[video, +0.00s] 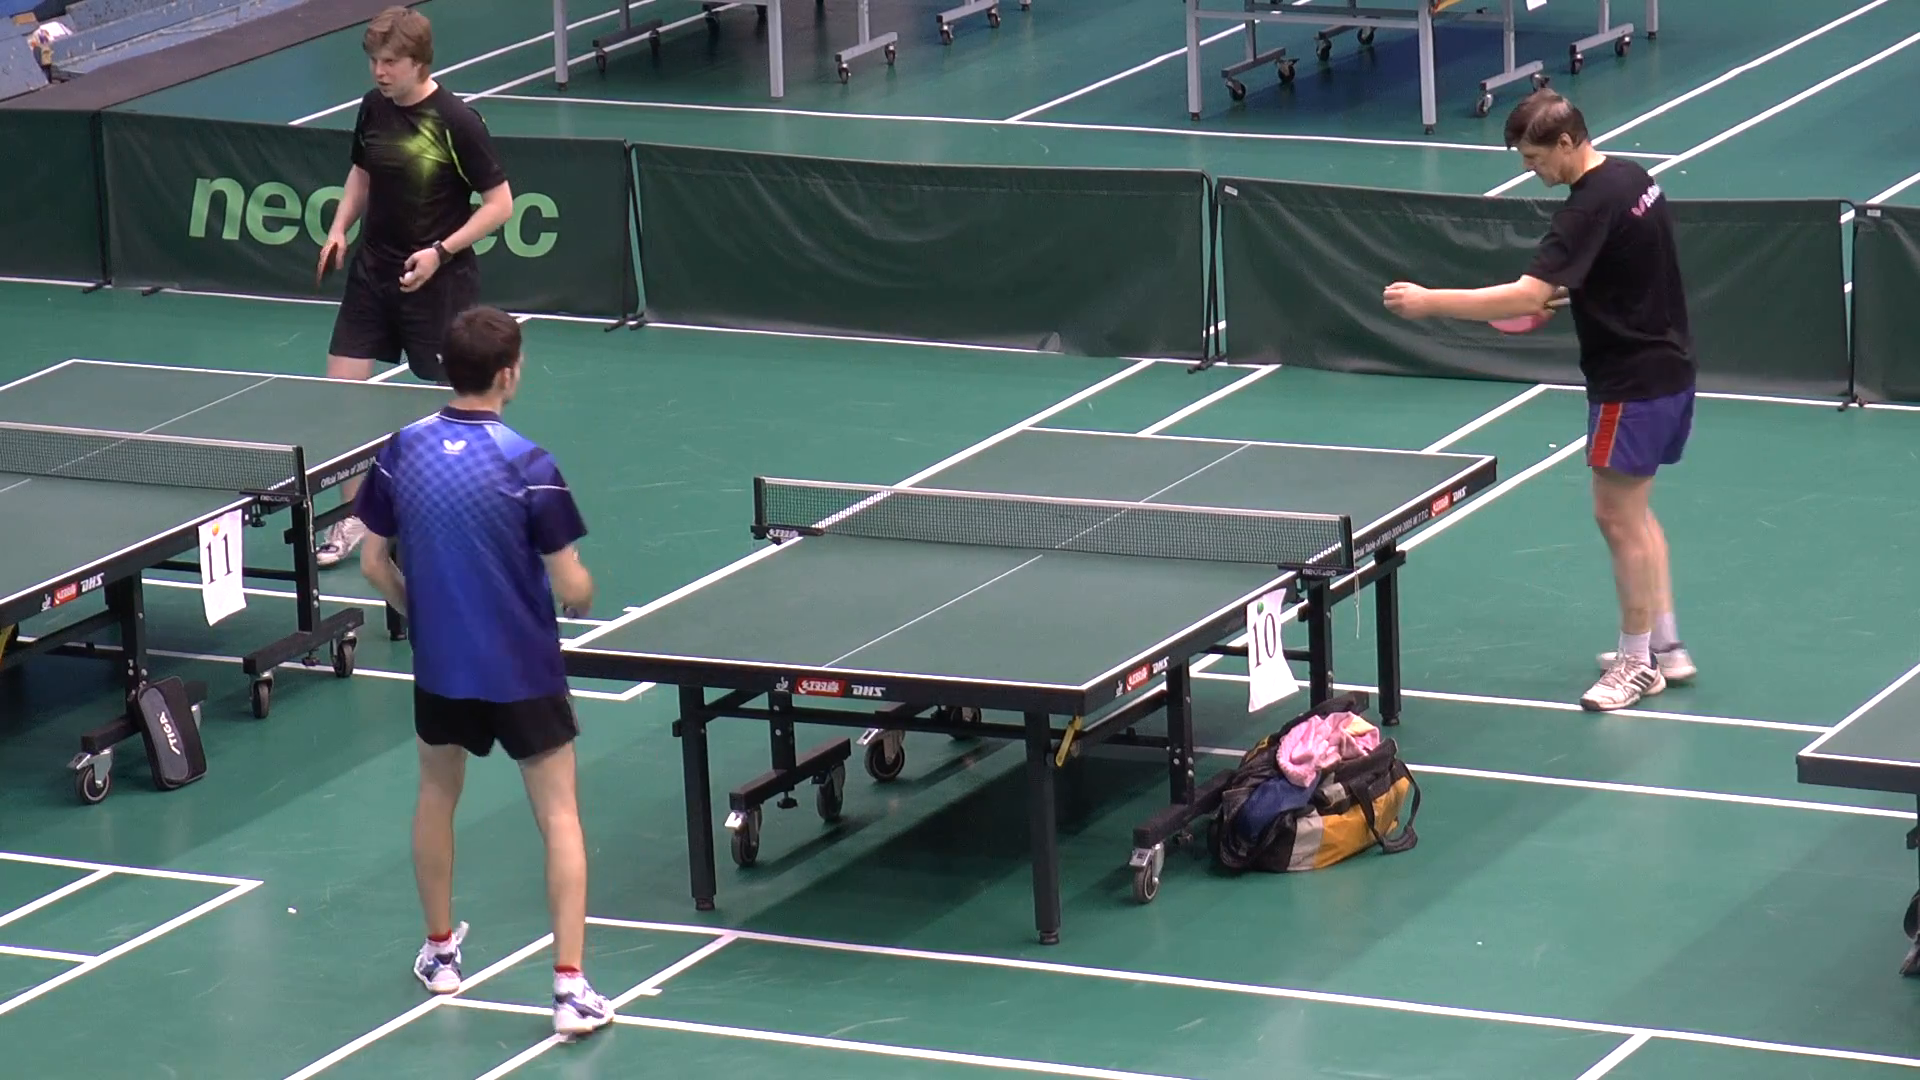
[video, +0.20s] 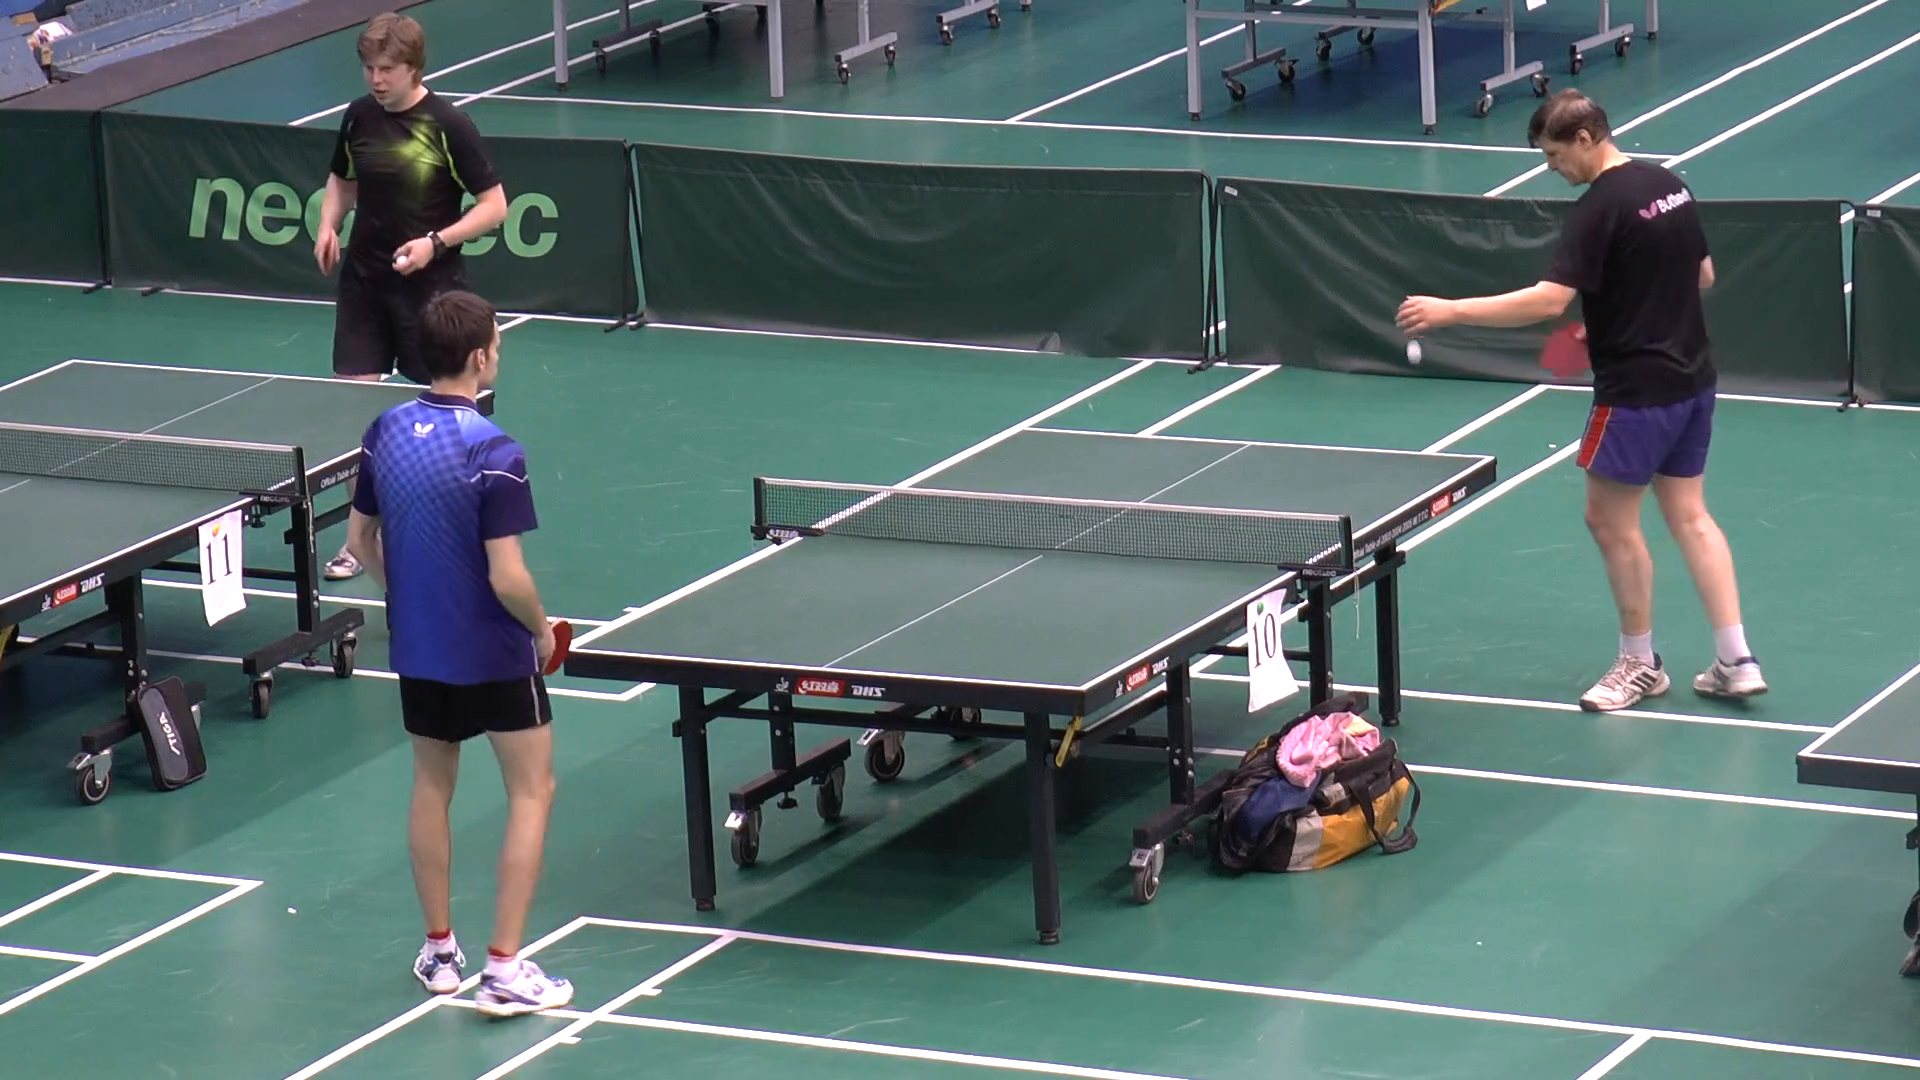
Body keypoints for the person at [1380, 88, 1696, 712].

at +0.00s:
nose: (1532, 171)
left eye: (1534, 159)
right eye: (1527, 161)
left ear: (1565, 142)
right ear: (1570, 141)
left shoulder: (1591, 203)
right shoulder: (1628, 175)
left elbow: (1528, 294)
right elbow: (1615, 268)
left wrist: (1429, 301)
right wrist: (1552, 295)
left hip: (1632, 384)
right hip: (1661, 372)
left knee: (1619, 518)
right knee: (1632, 510)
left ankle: (1636, 661)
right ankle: (1666, 648)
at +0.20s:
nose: (1553, 168)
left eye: (1554, 156)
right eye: (1547, 158)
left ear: (1585, 138)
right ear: (1601, 136)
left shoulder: (1597, 208)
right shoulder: (1665, 181)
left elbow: (1550, 301)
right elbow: (1703, 273)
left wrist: (1451, 310)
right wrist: (1615, 303)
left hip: (1636, 395)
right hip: (1693, 383)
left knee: (1610, 518)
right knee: (1691, 515)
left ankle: (1639, 663)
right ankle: (1737, 659)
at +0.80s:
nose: (1541, 201)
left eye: (1539, 186)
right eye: (1535, 190)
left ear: (1566, 166)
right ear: (1583, 161)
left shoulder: (1581, 228)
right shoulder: (1658, 198)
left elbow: (1533, 329)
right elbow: (1644, 295)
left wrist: (1444, 348)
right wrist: (1563, 320)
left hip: (1643, 403)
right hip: (1709, 392)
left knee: (1586, 540)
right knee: (1715, 534)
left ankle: (1544, 685)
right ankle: (1744, 677)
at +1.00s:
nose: (1476, 241)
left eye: (1471, 228)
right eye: (1469, 231)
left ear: (1488, 208)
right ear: (1515, 193)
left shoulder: (1515, 258)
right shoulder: (1594, 215)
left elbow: (1493, 361)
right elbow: (1586, 301)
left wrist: (1410, 370)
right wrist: (1503, 322)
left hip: (1612, 404)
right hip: (1680, 387)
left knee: (1542, 532)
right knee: (1707, 538)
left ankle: (1535, 685)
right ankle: (1743, 677)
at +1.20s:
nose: (1425, 284)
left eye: (1418, 272)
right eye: (1417, 275)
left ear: (1435, 249)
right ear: (1461, 232)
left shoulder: (1464, 288)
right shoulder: (1534, 241)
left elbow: (1440, 390)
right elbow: (1520, 360)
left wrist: (1365, 380)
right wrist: (1447, 357)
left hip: (1583, 411)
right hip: (1652, 391)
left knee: (1512, 532)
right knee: (1694, 538)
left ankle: (1534, 686)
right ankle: (1741, 677)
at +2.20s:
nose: (1452, 222)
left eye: (1456, 211)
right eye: (1451, 211)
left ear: (1487, 209)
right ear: (1511, 203)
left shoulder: (1500, 262)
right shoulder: (1571, 229)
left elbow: (1447, 337)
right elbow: (1526, 331)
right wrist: (1440, 324)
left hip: (1589, 416)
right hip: (1652, 402)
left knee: (1506, 530)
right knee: (1659, 527)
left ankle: (1534, 684)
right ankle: (1733, 656)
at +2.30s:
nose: (1470, 189)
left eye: (1475, 179)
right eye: (1472, 178)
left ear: (1501, 185)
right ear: (1531, 184)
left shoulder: (1508, 233)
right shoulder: (1581, 219)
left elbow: (1418, 269)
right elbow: (1507, 300)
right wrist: (1446, 241)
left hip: (1591, 411)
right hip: (1654, 400)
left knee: (1511, 526)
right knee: (1660, 524)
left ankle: (1534, 684)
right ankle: (1731, 655)